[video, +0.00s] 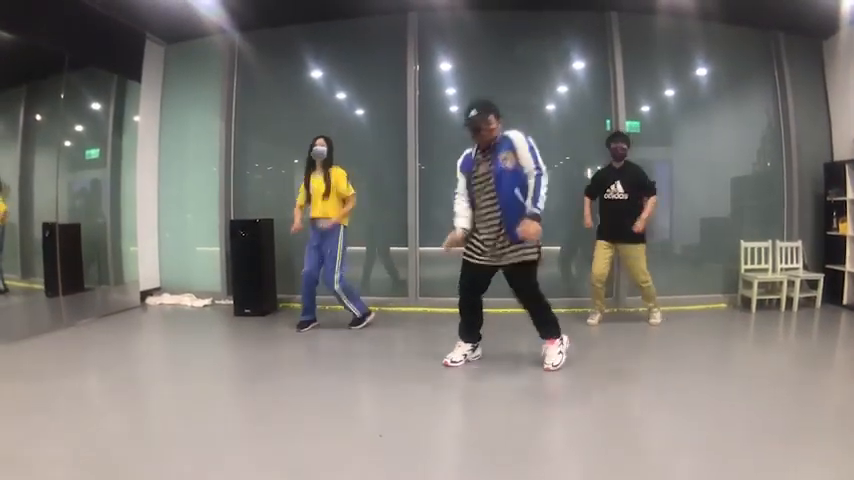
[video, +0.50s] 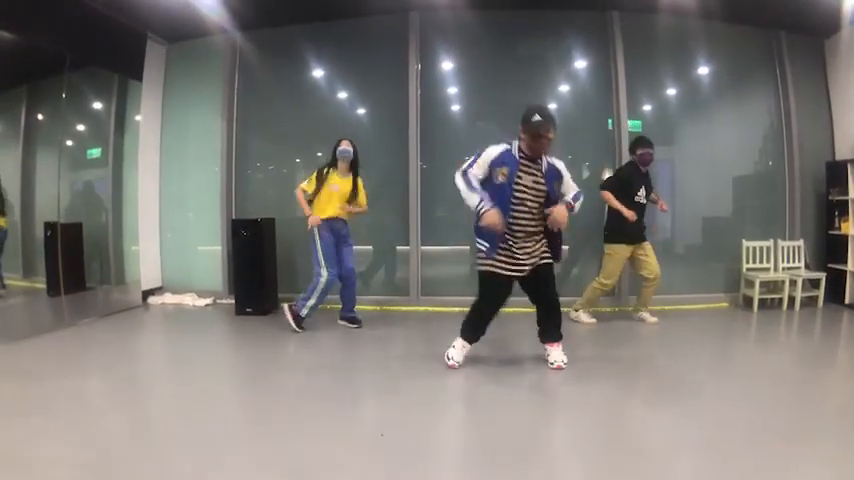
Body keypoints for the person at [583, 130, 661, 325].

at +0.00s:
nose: (618, 149)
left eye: (622, 146)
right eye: (614, 146)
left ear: (628, 149)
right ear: (609, 148)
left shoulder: (635, 172)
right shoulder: (602, 174)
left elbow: (651, 197)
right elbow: (588, 194)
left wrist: (643, 218)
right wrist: (587, 216)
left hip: (631, 235)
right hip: (606, 234)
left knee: (641, 277)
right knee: (597, 276)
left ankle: (653, 308)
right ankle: (597, 310)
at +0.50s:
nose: (647, 157)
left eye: (650, 153)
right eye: (643, 154)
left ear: (653, 154)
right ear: (633, 155)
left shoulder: (645, 174)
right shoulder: (625, 172)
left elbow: (647, 193)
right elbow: (605, 191)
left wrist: (658, 201)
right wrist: (624, 210)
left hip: (637, 236)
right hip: (618, 237)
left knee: (652, 274)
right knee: (606, 281)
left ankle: (641, 310)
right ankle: (579, 309)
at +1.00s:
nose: (609, 151)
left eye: (612, 148)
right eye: (605, 148)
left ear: (619, 148)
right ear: (600, 149)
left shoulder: (626, 171)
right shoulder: (597, 173)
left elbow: (646, 194)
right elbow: (589, 194)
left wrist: (637, 216)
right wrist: (583, 213)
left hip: (629, 234)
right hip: (604, 234)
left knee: (642, 275)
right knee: (596, 274)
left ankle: (656, 306)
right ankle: (597, 309)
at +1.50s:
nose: (640, 139)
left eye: (642, 135)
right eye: (635, 136)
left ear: (646, 138)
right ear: (627, 139)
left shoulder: (641, 164)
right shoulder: (619, 160)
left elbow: (642, 193)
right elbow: (608, 191)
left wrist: (650, 212)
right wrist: (618, 219)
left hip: (635, 225)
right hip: (613, 224)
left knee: (638, 270)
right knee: (601, 269)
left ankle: (633, 306)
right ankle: (586, 306)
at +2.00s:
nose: (623, 139)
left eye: (627, 135)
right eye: (619, 135)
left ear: (632, 137)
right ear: (613, 137)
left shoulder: (639, 163)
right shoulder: (603, 162)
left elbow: (648, 188)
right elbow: (593, 185)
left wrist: (648, 207)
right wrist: (589, 207)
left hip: (631, 227)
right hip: (604, 226)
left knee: (634, 272)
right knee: (597, 272)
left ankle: (636, 308)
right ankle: (591, 309)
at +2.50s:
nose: (619, 148)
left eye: (623, 144)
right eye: (615, 144)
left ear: (627, 146)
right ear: (606, 145)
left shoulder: (628, 172)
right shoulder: (593, 170)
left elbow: (632, 202)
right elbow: (584, 198)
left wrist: (636, 227)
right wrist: (585, 222)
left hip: (623, 234)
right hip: (598, 234)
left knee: (632, 276)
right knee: (595, 277)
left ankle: (632, 309)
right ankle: (589, 311)